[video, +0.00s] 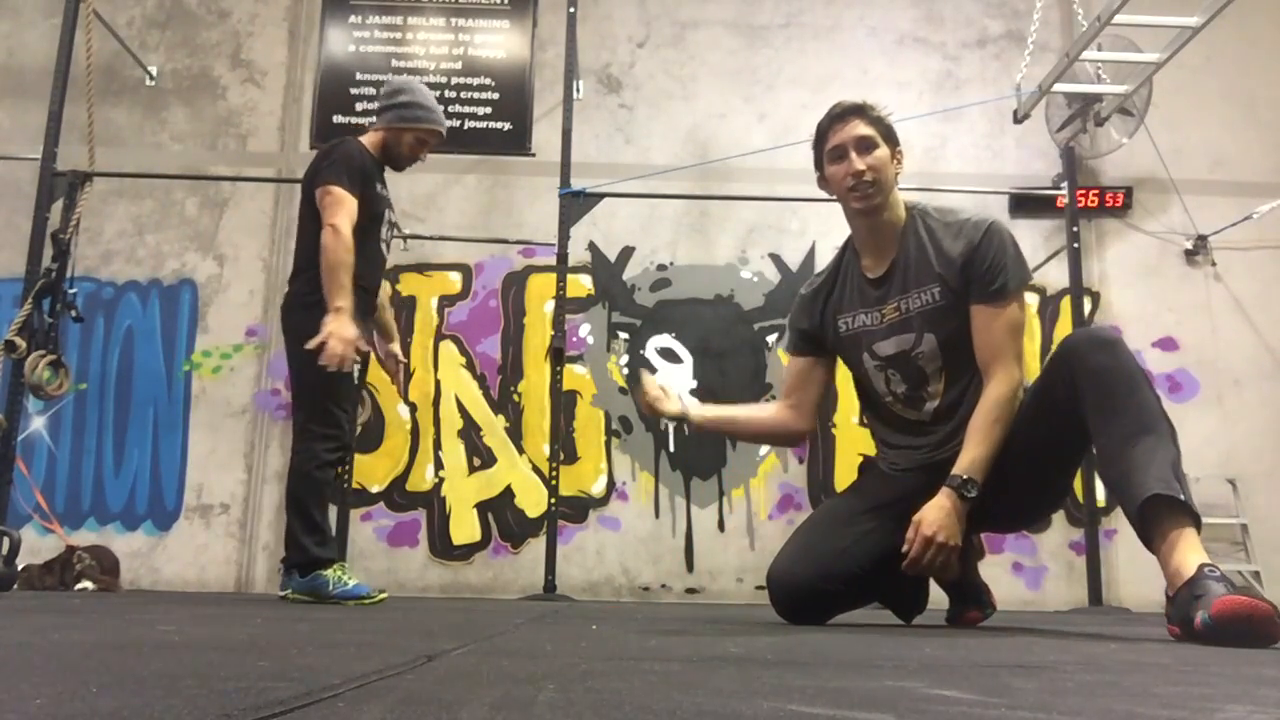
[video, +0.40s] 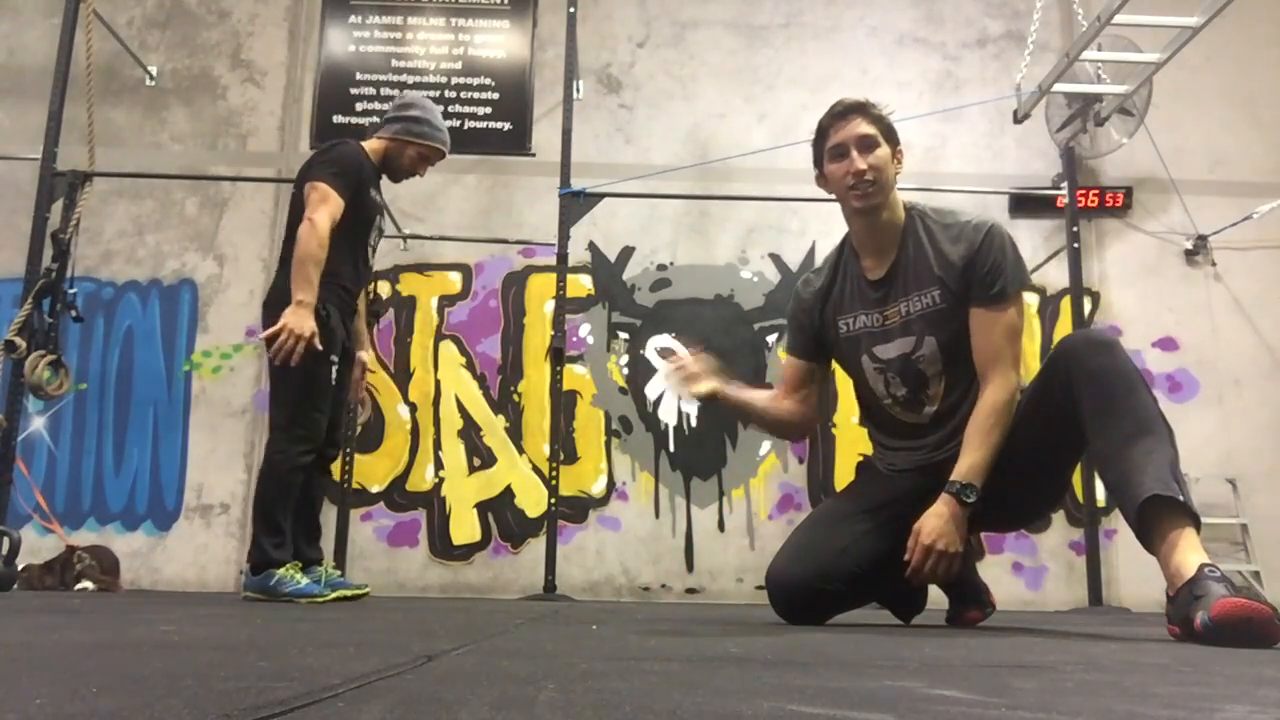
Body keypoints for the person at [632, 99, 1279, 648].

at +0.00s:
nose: (854, 167)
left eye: (866, 149)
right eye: (836, 158)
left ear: (899, 159)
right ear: (823, 183)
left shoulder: (974, 244)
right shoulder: (823, 294)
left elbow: (1005, 383)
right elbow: (796, 418)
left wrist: (954, 496)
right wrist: (686, 410)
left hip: (1001, 464)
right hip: (903, 483)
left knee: (1096, 348)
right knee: (795, 590)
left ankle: (1193, 581)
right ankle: (935, 561)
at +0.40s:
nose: (857, 164)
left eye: (869, 147)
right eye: (838, 155)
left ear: (899, 158)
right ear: (823, 181)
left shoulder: (974, 246)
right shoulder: (816, 295)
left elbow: (1000, 383)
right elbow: (802, 411)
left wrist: (956, 499)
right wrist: (723, 386)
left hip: (999, 463)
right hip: (897, 481)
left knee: (1094, 350)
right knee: (795, 588)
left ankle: (1192, 580)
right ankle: (936, 566)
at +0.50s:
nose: (853, 163)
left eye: (866, 147)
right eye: (834, 155)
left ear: (893, 161)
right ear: (819, 179)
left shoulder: (974, 244)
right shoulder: (813, 290)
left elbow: (1001, 382)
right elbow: (805, 425)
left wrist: (958, 498)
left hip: (998, 462)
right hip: (899, 479)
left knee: (1091, 350)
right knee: (793, 591)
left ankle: (1191, 577)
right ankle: (944, 555)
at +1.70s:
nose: (836, 198)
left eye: (846, 175)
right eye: (816, 187)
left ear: (878, 178)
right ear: (802, 206)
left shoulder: (967, 252)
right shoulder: (800, 315)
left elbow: (1013, 382)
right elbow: (851, 453)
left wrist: (949, 483)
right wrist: (826, 407)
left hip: (999, 464)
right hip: (897, 486)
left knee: (1101, 354)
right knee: (794, 590)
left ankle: (1192, 576)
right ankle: (943, 559)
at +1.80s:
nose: (830, 203)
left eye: (839, 180)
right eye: (810, 194)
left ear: (873, 182)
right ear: (797, 215)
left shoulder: (965, 251)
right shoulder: (803, 326)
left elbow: (1019, 374)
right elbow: (835, 433)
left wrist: (947, 448)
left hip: (999, 464)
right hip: (902, 490)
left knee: (1110, 352)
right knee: (794, 590)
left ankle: (1193, 575)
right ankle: (944, 559)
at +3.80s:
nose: (823, 227)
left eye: (830, 203)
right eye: (802, 222)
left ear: (867, 198)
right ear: (796, 243)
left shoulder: (970, 260)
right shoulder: (805, 337)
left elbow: (1041, 376)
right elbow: (842, 456)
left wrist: (987, 482)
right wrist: (920, 519)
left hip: (1018, 473)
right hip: (912, 497)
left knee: (1120, 348)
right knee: (796, 590)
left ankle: (1195, 577)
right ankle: (938, 558)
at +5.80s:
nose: (815, 221)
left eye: (820, 198)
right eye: (793, 219)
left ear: (857, 195)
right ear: (787, 246)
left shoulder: (964, 260)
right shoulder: (800, 342)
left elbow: (1038, 378)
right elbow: (839, 459)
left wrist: (992, 486)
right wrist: (917, 519)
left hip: (1014, 470)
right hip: (909, 497)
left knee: (1117, 349)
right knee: (795, 591)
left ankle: (1195, 578)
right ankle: (934, 559)